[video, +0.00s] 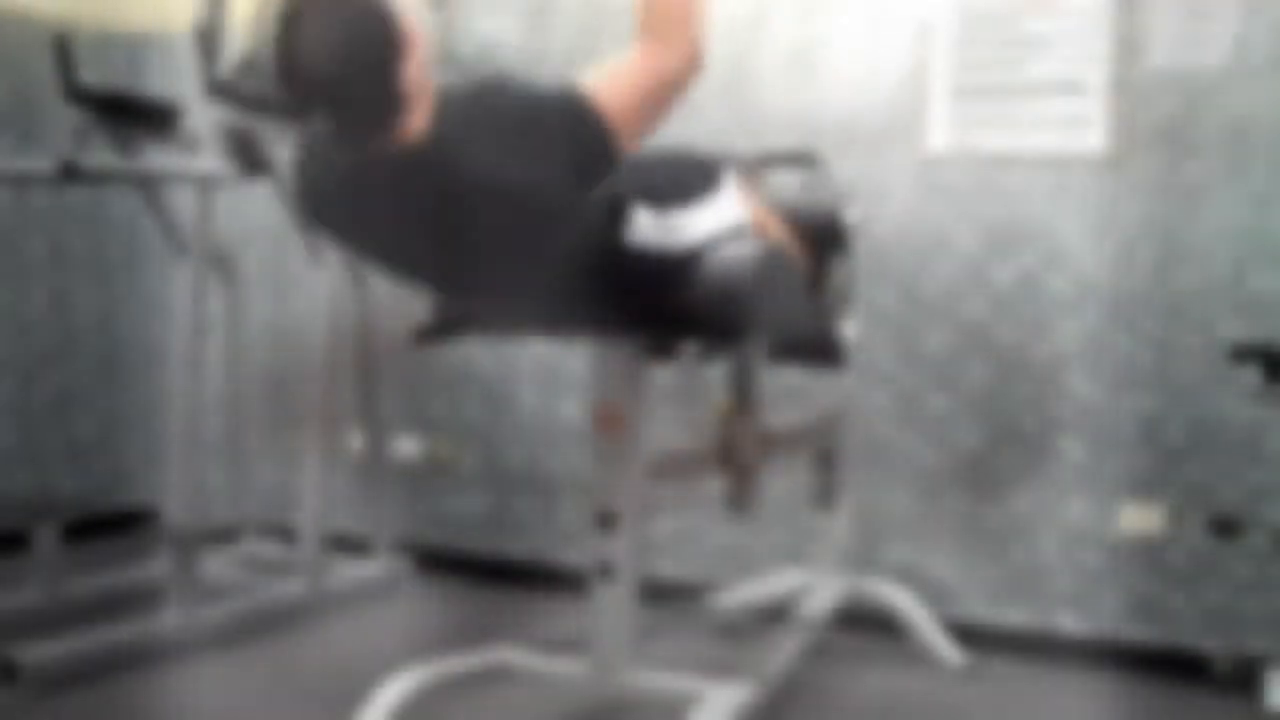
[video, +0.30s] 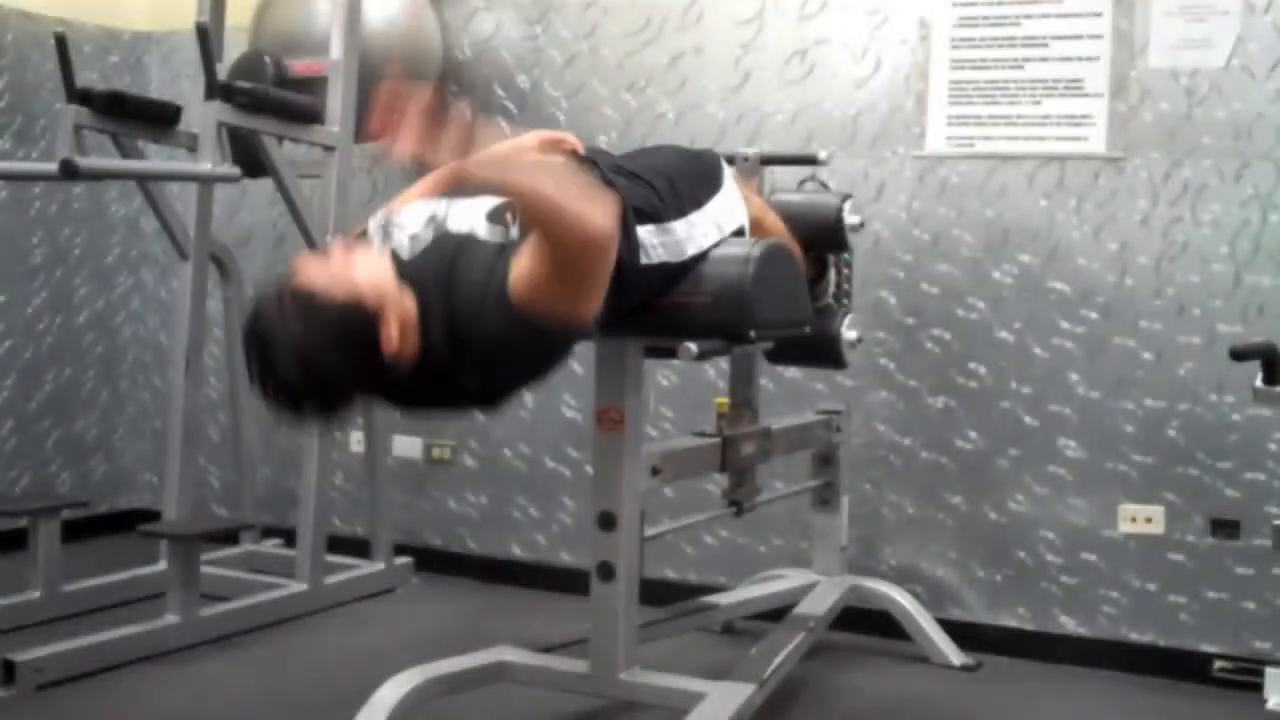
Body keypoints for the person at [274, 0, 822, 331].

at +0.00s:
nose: (418, 31)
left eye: (406, 25)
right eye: (410, 35)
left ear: (323, 103)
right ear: (404, 69)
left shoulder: (325, 185)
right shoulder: (500, 139)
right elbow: (672, 52)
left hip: (516, 304)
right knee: (728, 196)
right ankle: (801, 267)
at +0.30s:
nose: (339, 241)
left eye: (318, 254)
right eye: (336, 268)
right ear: (391, 333)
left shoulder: (365, 281)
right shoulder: (486, 332)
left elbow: (403, 211)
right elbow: (589, 223)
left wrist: (499, 158)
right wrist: (461, 156)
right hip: (631, 232)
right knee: (731, 191)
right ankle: (800, 280)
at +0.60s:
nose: (353, 433)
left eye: (334, 453)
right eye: (361, 461)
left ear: (313, 445)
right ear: (412, 505)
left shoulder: (336, 383)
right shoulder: (503, 453)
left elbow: (375, 282)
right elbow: (569, 550)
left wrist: (470, 195)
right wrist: (419, 632)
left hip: (501, 222)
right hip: (586, 241)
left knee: (579, 150)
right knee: (718, 169)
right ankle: (801, 283)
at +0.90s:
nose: (370, 473)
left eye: (351, 491)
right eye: (378, 500)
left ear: (342, 477)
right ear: (427, 543)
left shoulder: (346, 409)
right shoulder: (517, 512)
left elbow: (375, 297)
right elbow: (504, 675)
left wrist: (470, 211)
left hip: (503, 235)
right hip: (584, 262)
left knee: (570, 146)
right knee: (720, 164)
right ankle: (795, 290)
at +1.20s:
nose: (336, 338)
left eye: (316, 341)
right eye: (332, 367)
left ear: (302, 330)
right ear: (367, 422)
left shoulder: (324, 310)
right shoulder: (451, 416)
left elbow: (373, 235)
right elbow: (625, 331)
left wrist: (479, 161)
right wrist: (532, 215)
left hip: (507, 261)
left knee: (578, 151)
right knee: (711, 162)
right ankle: (797, 287)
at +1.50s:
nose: (447, 4)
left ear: (359, 11)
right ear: (428, 5)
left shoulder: (337, 86)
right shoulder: (484, 68)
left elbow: (454, 164)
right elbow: (656, 58)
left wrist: (567, 134)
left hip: (504, 269)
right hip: (606, 256)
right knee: (725, 159)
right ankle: (794, 289)